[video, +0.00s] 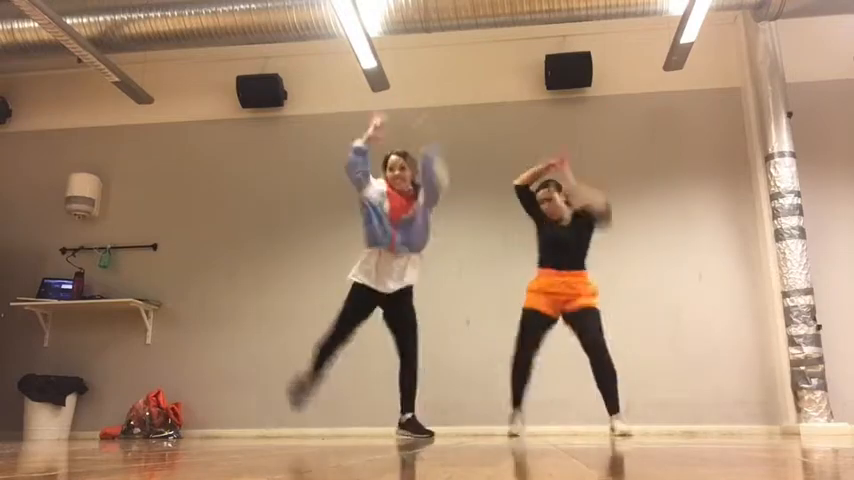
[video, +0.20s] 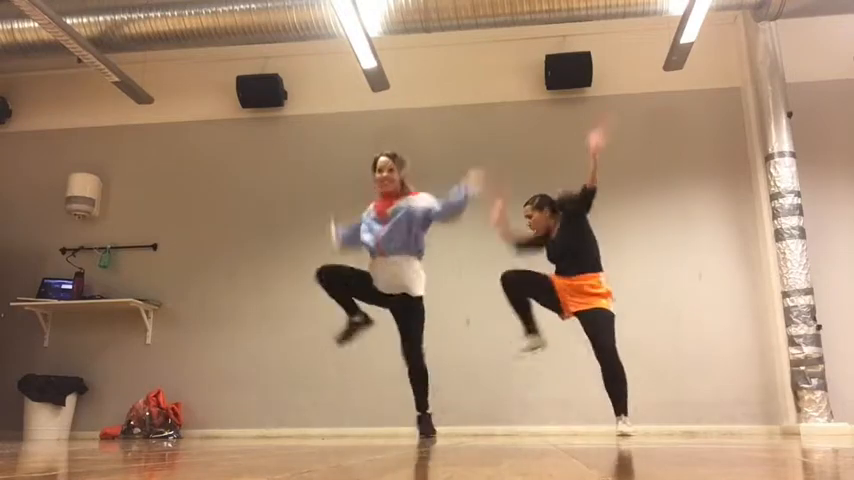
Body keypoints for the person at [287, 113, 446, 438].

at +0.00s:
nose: (398, 173)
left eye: (402, 168)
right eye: (392, 169)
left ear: (412, 172)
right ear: (385, 174)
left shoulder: (422, 201)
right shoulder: (374, 193)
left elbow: (434, 187)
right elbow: (355, 170)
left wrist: (429, 159)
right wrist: (366, 139)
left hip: (400, 286)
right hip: (367, 281)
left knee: (409, 353)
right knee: (338, 334)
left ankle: (407, 417)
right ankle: (310, 380)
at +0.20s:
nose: (384, 175)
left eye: (389, 170)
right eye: (379, 171)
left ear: (401, 174)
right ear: (374, 177)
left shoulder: (417, 204)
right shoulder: (371, 212)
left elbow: (446, 210)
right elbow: (358, 235)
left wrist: (466, 189)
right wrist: (340, 235)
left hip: (407, 290)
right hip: (377, 285)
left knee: (413, 356)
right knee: (326, 275)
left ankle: (423, 416)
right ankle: (357, 317)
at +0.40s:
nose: (376, 192)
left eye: (382, 186)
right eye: (372, 187)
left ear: (395, 187)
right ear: (367, 188)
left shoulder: (406, 216)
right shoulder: (367, 221)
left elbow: (410, 252)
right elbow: (359, 258)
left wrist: (422, 279)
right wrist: (362, 288)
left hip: (407, 297)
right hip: (375, 301)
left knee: (410, 353)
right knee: (362, 360)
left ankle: (438, 408)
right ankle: (367, 415)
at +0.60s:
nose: (377, 199)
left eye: (383, 193)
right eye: (373, 193)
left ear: (395, 193)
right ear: (366, 193)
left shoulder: (411, 216)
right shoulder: (354, 206)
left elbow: (439, 217)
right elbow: (334, 188)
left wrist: (459, 191)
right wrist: (325, 159)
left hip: (401, 287)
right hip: (368, 290)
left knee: (408, 316)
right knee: (368, 359)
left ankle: (421, 352)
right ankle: (372, 419)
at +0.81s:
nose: (384, 178)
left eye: (389, 172)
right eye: (378, 173)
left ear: (401, 173)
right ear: (370, 174)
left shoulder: (416, 204)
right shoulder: (357, 203)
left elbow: (446, 228)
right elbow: (336, 231)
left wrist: (466, 244)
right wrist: (331, 243)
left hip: (404, 280)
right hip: (371, 282)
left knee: (399, 338)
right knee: (371, 337)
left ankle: (392, 393)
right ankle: (374, 358)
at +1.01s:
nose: (382, 178)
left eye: (388, 172)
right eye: (377, 172)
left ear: (400, 173)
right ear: (371, 175)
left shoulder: (415, 206)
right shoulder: (361, 206)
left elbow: (433, 241)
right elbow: (335, 231)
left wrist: (464, 254)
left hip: (410, 294)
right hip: (378, 295)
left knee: (398, 355)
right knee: (369, 349)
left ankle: (394, 418)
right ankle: (386, 313)